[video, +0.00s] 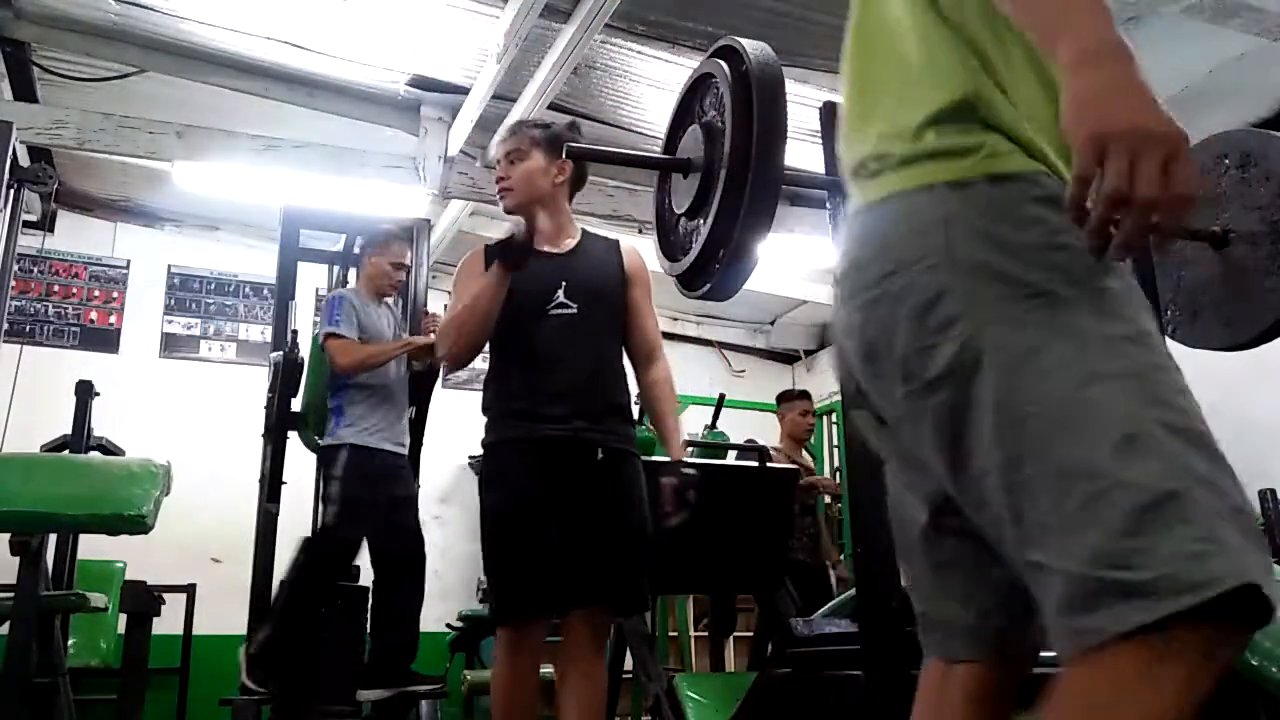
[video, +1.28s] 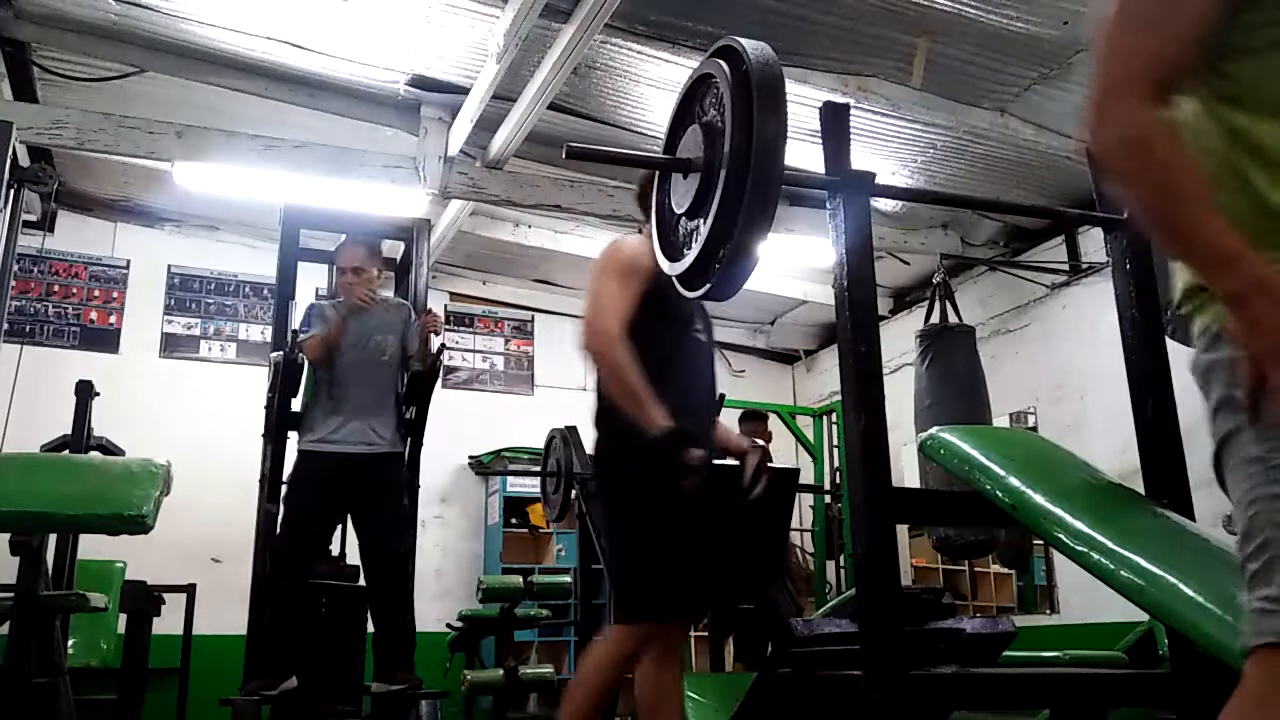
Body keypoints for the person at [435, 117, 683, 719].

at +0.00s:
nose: (499, 175)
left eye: (514, 159)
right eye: (496, 165)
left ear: (561, 170)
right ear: (500, 181)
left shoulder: (622, 259)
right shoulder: (486, 260)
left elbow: (651, 364)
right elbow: (452, 351)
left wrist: (675, 457)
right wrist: (502, 268)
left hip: (604, 459)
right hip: (517, 460)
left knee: (589, 631)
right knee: (519, 634)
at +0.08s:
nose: (493, 174)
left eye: (508, 159)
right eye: (492, 164)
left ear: (555, 171)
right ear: (498, 180)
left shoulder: (619, 259)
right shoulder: (481, 266)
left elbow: (645, 361)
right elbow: (442, 361)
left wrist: (653, 458)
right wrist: (501, 308)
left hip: (599, 459)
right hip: (512, 460)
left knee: (587, 627)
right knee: (516, 630)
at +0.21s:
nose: (484, 178)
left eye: (499, 163)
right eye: (483, 167)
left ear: (546, 173)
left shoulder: (609, 259)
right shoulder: (474, 270)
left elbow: (640, 360)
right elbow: (423, 366)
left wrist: (646, 456)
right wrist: (481, 375)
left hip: (594, 466)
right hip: (509, 468)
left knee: (592, 628)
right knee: (514, 633)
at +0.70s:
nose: (555, 182)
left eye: (566, 171)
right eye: (539, 169)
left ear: (580, 184)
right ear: (512, 182)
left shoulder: (615, 267)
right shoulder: (478, 273)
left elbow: (645, 365)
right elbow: (425, 368)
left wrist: (667, 460)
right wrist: (462, 452)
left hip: (611, 473)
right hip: (522, 475)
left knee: (645, 625)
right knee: (524, 642)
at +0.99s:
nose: (644, 192)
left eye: (646, 183)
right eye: (629, 179)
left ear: (645, 196)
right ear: (588, 187)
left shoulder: (656, 286)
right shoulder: (544, 264)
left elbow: (671, 384)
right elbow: (487, 349)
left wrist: (701, 464)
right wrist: (531, 435)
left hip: (643, 476)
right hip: (569, 474)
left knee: (647, 631)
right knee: (551, 636)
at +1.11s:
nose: (663, 193)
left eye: (667, 182)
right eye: (650, 181)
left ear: (672, 197)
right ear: (620, 194)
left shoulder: (673, 296)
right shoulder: (584, 259)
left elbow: (688, 398)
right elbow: (533, 343)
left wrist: (721, 467)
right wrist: (589, 432)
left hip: (664, 473)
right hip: (597, 468)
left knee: (659, 628)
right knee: (575, 634)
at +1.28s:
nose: (690, 209)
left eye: (693, 199)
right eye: (680, 194)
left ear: (695, 210)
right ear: (658, 200)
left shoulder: (686, 281)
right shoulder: (631, 252)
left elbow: (685, 400)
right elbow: (601, 335)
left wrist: (740, 444)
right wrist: (661, 426)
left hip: (678, 468)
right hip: (633, 465)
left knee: (669, 624)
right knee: (636, 619)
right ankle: (572, 716)